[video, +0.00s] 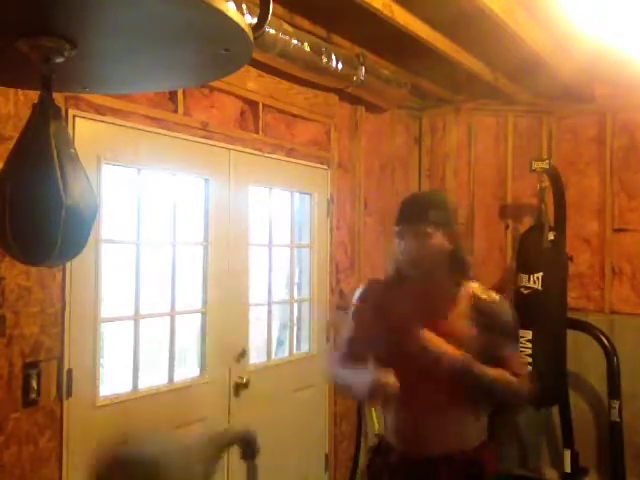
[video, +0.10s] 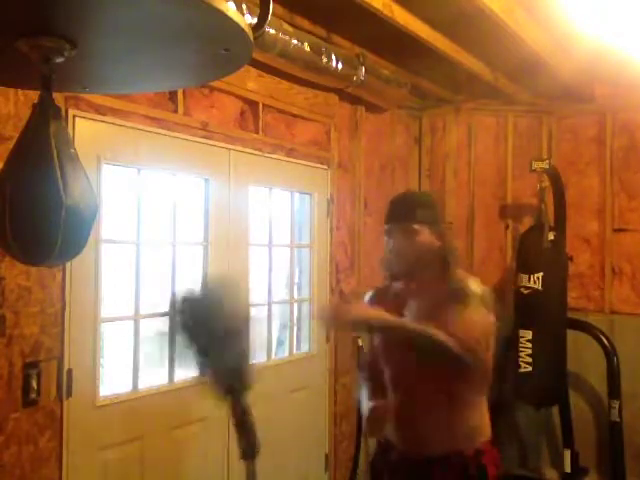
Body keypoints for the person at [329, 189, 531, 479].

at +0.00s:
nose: (410, 247)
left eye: (423, 235)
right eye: (402, 236)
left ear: (449, 239)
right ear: (395, 241)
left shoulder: (486, 306)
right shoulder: (375, 297)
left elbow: (519, 387)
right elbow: (345, 366)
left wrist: (454, 360)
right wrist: (371, 380)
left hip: (463, 460)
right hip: (397, 459)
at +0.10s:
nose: (390, 246)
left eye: (401, 235)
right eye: (388, 235)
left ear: (432, 239)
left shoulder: (467, 293)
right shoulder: (383, 300)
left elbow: (470, 360)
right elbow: (372, 367)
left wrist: (379, 321)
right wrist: (373, 404)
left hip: (460, 461)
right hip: (398, 459)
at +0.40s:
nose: (406, 247)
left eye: (420, 236)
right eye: (400, 237)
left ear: (444, 243)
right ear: (394, 243)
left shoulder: (481, 298)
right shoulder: (396, 308)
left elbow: (514, 373)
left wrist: (433, 386)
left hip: (474, 461)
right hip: (416, 459)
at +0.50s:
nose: (417, 243)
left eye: (431, 231)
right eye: (410, 231)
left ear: (459, 237)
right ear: (403, 237)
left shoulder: (497, 301)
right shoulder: (386, 294)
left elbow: (541, 379)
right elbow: (334, 359)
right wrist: (340, 331)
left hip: (470, 459)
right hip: (404, 458)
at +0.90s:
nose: (394, 245)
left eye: (407, 233)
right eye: (389, 234)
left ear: (436, 235)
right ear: (384, 238)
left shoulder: (464, 291)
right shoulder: (382, 299)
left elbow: (410, 331)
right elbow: (376, 365)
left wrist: (318, 331)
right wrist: (366, 401)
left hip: (460, 459)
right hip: (400, 454)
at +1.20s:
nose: (402, 250)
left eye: (416, 237)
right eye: (398, 238)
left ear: (443, 240)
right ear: (392, 241)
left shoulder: (483, 299)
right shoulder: (387, 304)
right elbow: (376, 378)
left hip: (472, 463)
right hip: (407, 460)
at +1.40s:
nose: (423, 246)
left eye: (435, 235)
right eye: (414, 235)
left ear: (459, 239)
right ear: (404, 239)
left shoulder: (496, 304)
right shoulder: (381, 294)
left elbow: (538, 384)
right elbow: (345, 366)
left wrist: (488, 388)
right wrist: (346, 344)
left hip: (470, 463)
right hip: (401, 462)